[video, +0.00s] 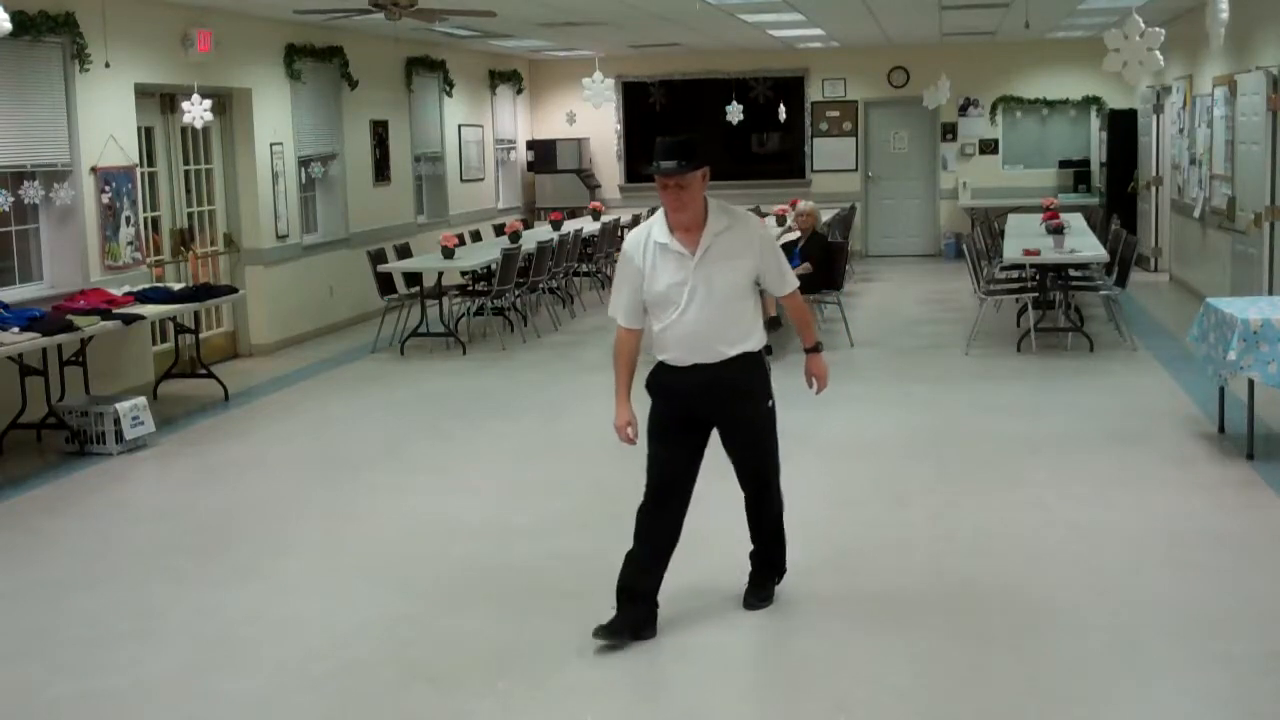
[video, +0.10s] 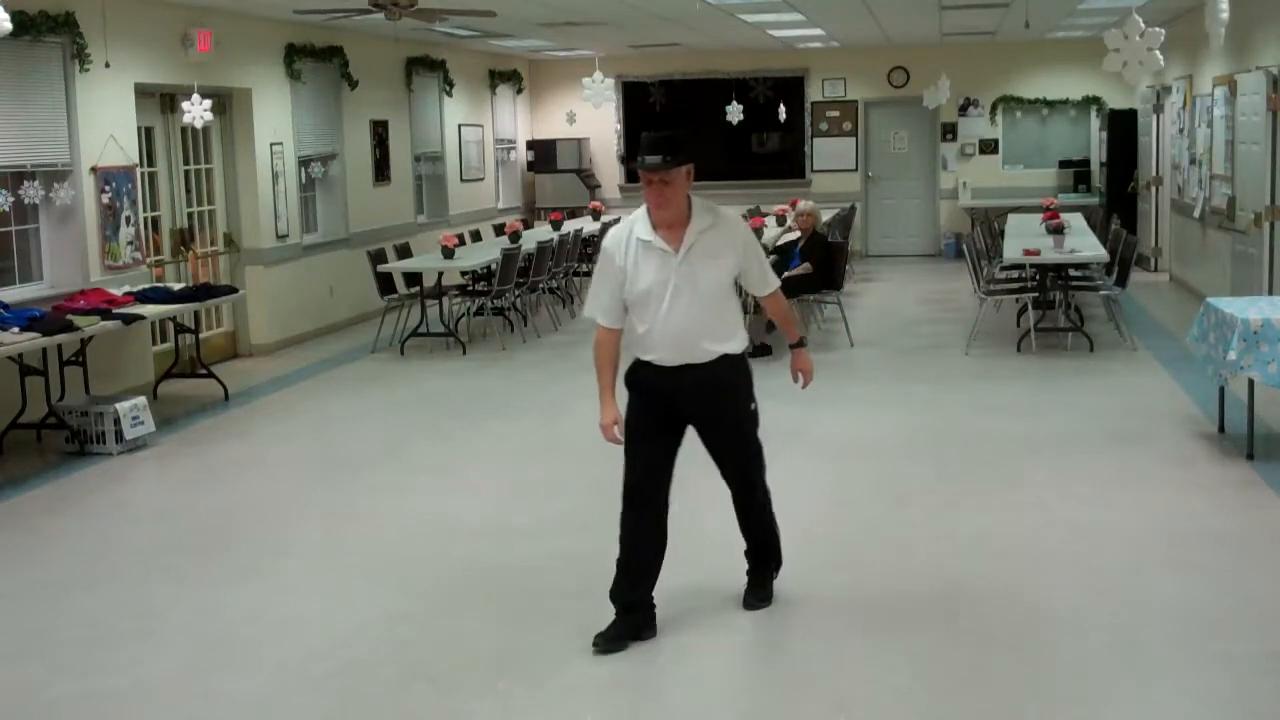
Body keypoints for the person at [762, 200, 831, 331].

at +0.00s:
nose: (804, 219)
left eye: (808, 216)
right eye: (801, 216)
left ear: (815, 219)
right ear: (796, 219)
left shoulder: (820, 240)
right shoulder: (793, 242)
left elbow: (814, 264)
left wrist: (790, 275)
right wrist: (793, 272)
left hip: (812, 279)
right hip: (793, 278)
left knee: (768, 284)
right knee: (769, 278)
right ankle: (773, 316)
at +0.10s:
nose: (804, 219)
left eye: (808, 215)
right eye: (801, 215)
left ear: (815, 219)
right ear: (796, 219)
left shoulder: (820, 240)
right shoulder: (795, 242)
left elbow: (812, 265)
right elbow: (768, 250)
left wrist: (788, 275)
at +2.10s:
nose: (804, 218)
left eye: (808, 214)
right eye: (801, 214)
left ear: (815, 219)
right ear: (796, 219)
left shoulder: (820, 239)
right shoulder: (794, 243)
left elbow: (809, 267)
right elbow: (766, 250)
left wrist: (785, 275)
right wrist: (784, 231)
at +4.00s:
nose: (802, 219)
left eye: (806, 216)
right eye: (799, 216)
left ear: (814, 219)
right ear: (794, 220)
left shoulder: (820, 240)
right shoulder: (796, 242)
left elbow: (809, 267)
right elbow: (767, 250)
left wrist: (784, 277)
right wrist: (785, 231)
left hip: (810, 278)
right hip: (792, 276)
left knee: (766, 291)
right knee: (766, 276)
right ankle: (773, 316)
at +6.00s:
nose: (801, 217)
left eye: (805, 214)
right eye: (798, 214)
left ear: (813, 219)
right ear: (794, 220)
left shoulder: (820, 239)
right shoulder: (795, 242)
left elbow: (809, 267)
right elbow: (767, 249)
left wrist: (785, 276)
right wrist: (784, 231)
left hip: (809, 279)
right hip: (790, 275)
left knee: (768, 292)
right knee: (765, 275)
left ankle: (769, 343)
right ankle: (773, 315)